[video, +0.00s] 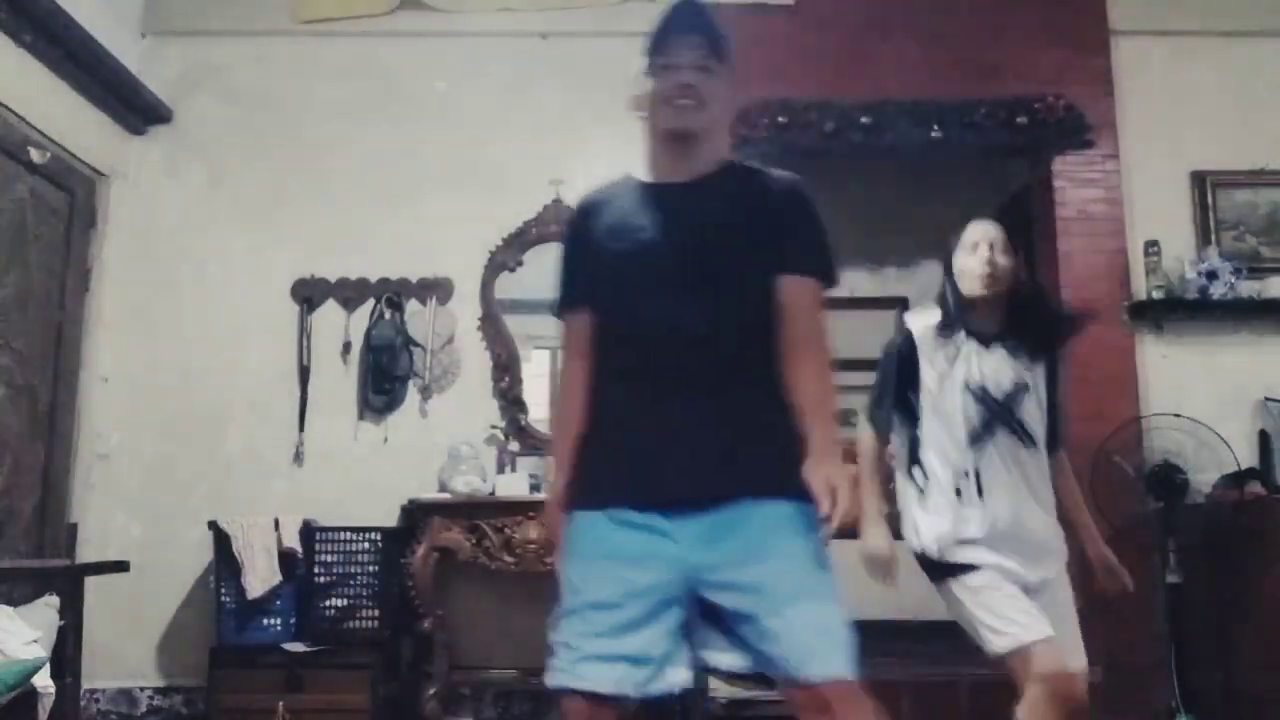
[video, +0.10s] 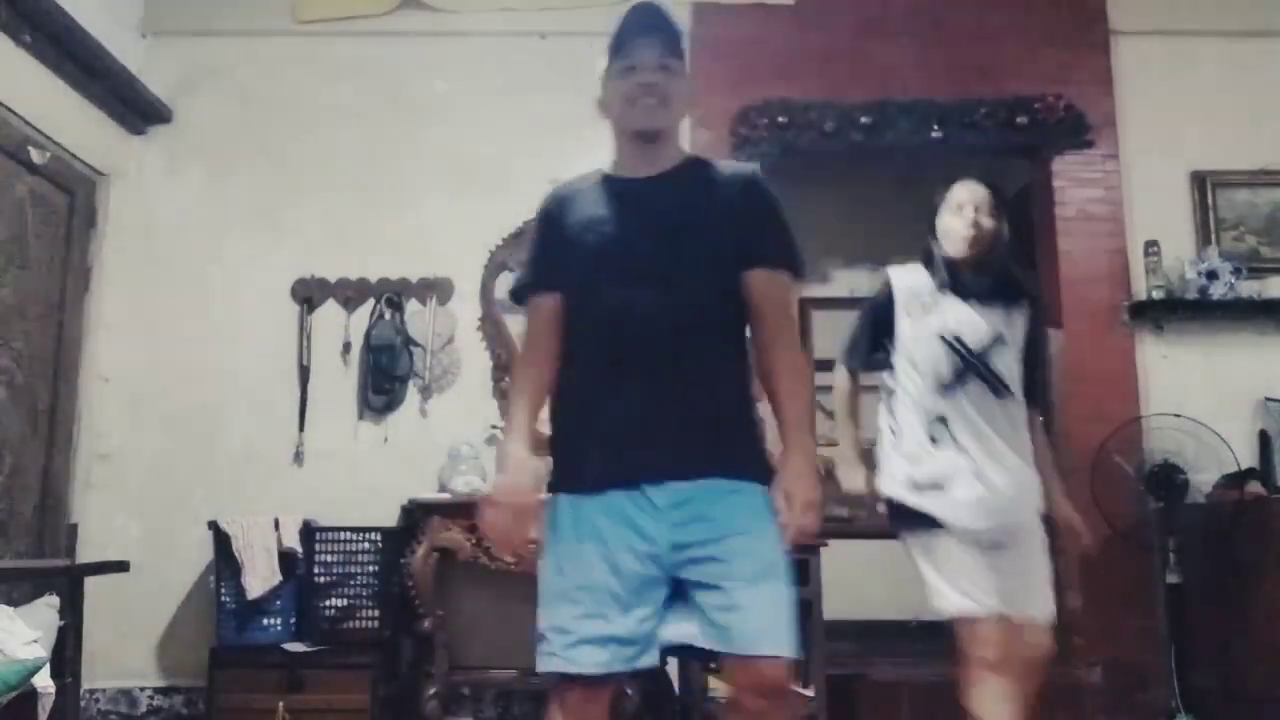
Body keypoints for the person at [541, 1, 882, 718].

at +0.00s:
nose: (684, 81)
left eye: (703, 67)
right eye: (667, 68)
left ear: (734, 90)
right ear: (644, 91)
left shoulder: (777, 202)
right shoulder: (600, 216)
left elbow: (805, 342)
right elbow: (578, 366)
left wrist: (822, 446)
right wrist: (560, 494)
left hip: (757, 506)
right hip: (618, 511)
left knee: (830, 689)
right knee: (585, 701)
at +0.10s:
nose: (648, 81)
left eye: (665, 68)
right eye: (629, 69)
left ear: (688, 87)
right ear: (604, 92)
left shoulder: (740, 196)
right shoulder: (568, 208)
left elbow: (778, 335)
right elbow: (540, 348)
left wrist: (800, 456)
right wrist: (515, 456)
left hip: (725, 486)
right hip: (596, 494)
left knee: (768, 677)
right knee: (581, 691)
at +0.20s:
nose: (623, 93)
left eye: (639, 82)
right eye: (605, 84)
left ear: (663, 103)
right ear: (581, 110)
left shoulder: (715, 207)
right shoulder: (552, 225)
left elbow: (762, 333)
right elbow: (509, 346)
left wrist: (781, 451)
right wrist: (462, 411)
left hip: (692, 482)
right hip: (568, 489)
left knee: (708, 684)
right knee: (566, 687)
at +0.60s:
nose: (603, 139)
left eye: (619, 130)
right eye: (588, 129)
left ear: (640, 150)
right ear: (567, 148)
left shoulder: (675, 244)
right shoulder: (526, 245)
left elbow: (692, 353)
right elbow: (497, 359)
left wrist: (690, 442)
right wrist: (483, 463)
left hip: (638, 483)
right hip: (543, 481)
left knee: (626, 658)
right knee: (540, 651)